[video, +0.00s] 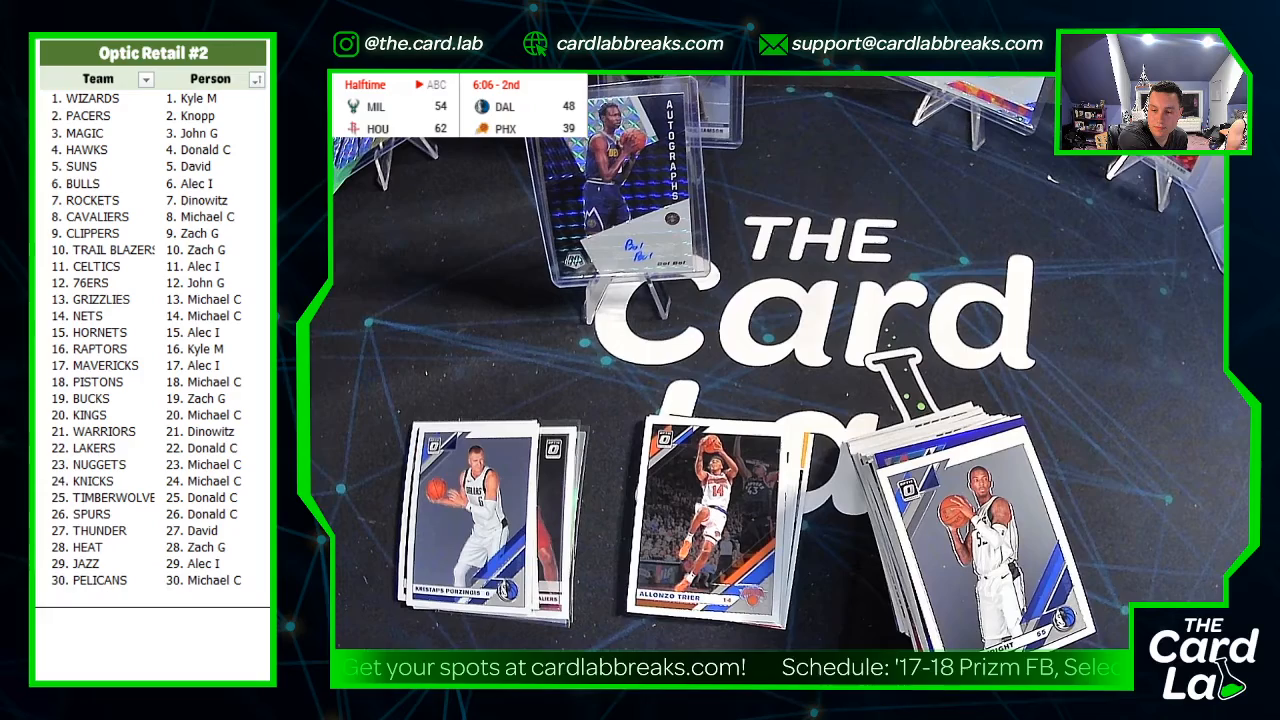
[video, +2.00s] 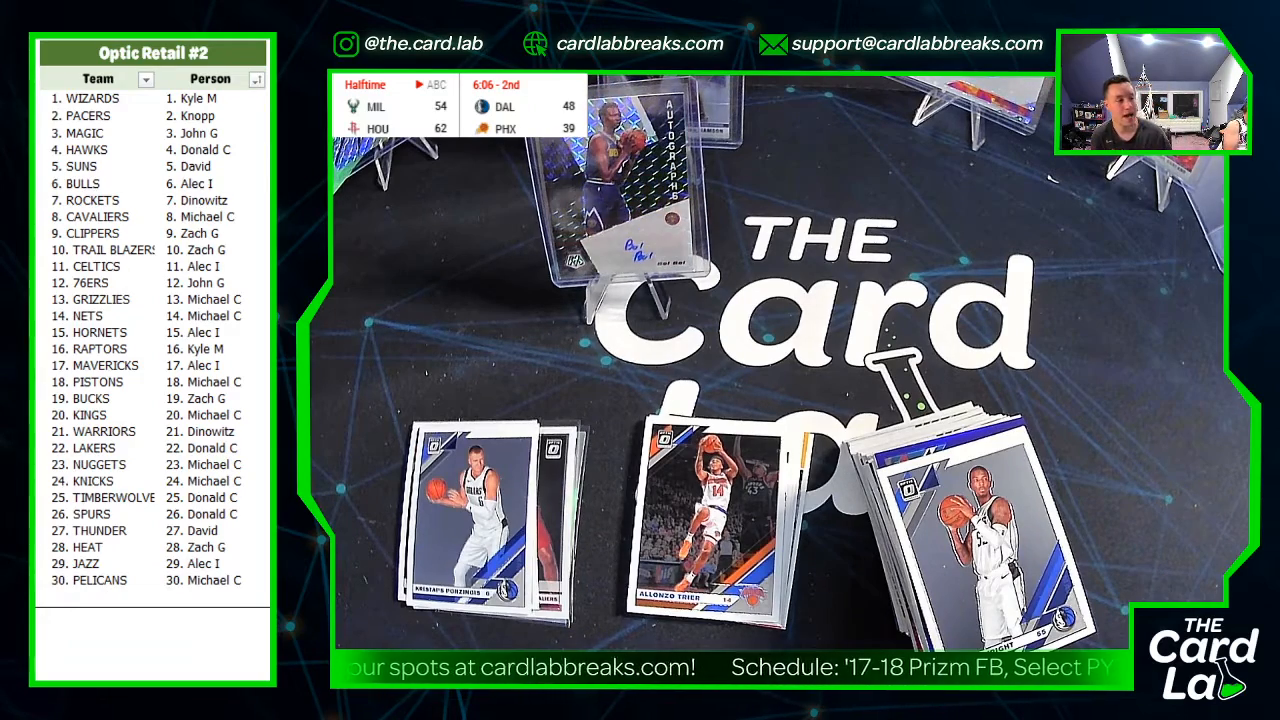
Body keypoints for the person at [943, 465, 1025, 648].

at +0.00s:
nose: (980, 483)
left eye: (984, 479)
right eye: (976, 480)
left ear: (990, 482)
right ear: (970, 485)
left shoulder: (1000, 504)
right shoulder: (975, 517)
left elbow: (997, 539)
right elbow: (965, 559)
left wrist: (973, 517)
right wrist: (953, 531)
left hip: (1007, 579)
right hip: (985, 584)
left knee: (1018, 633)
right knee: (992, 639)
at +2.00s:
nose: (980, 483)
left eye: (984, 479)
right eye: (976, 480)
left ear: (990, 481)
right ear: (970, 485)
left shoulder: (1000, 504)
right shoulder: (975, 517)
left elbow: (998, 539)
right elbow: (965, 559)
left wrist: (973, 517)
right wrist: (953, 530)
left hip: (1007, 579)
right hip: (985, 584)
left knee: (1018, 632)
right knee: (992, 639)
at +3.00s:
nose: (980, 483)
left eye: (984, 479)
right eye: (976, 480)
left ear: (990, 482)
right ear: (970, 485)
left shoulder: (1000, 504)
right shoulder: (975, 518)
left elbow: (997, 539)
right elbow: (965, 559)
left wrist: (973, 517)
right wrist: (953, 530)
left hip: (1007, 579)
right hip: (985, 585)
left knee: (1018, 633)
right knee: (992, 640)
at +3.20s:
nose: (980, 483)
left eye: (984, 479)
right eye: (976, 480)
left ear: (990, 482)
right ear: (970, 485)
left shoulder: (1000, 504)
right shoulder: (975, 518)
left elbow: (997, 539)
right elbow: (965, 559)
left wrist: (973, 516)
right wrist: (953, 530)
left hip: (1007, 579)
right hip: (985, 585)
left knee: (1018, 633)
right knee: (992, 639)